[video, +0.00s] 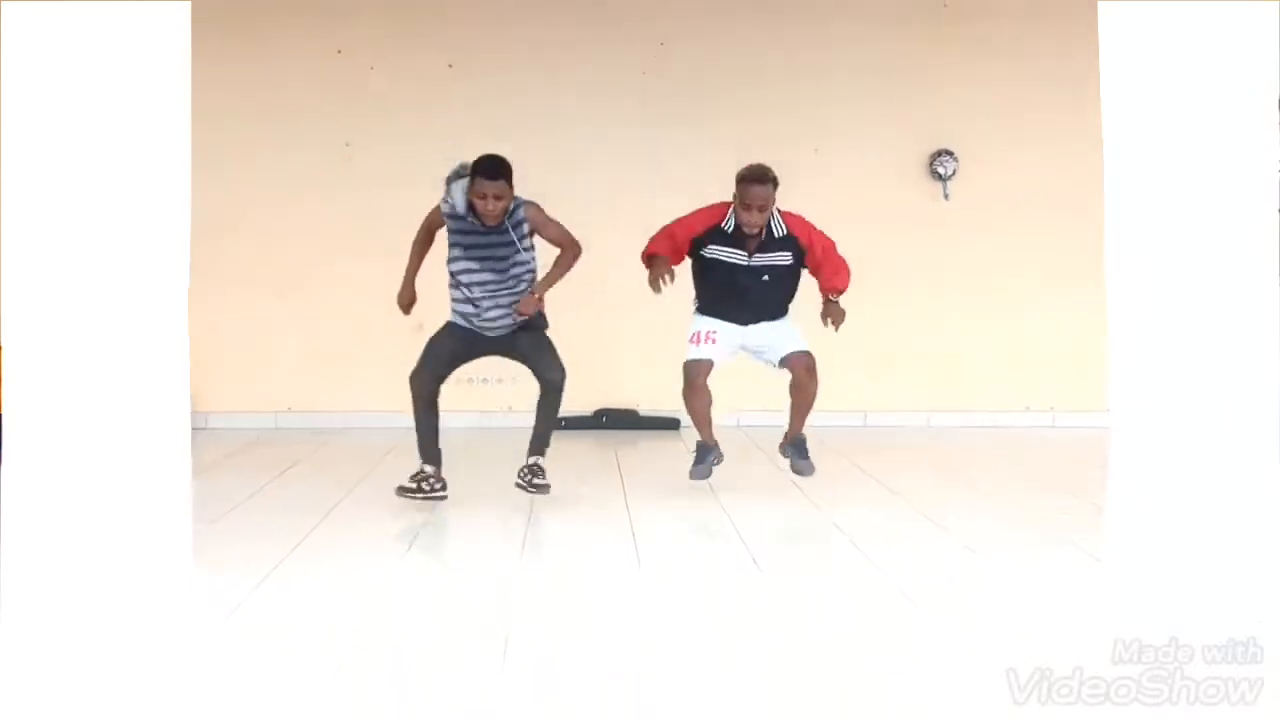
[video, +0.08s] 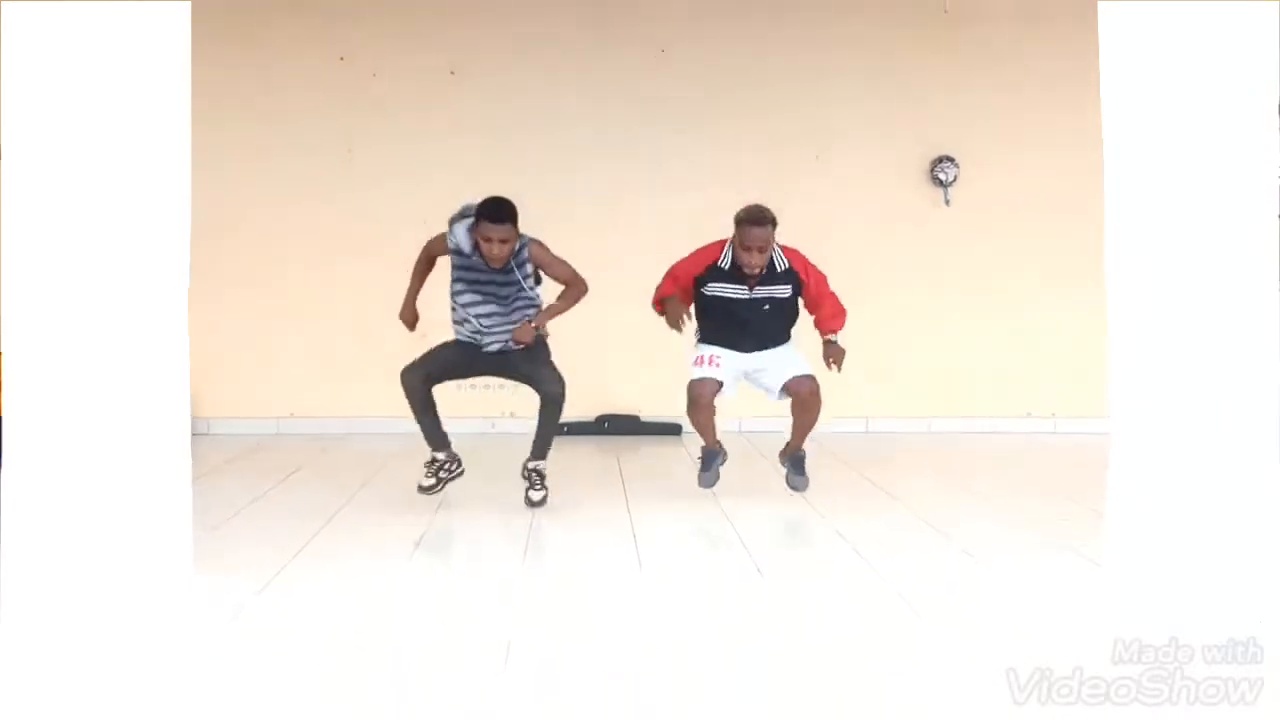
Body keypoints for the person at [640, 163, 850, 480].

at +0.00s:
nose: (753, 217)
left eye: (762, 209)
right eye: (746, 208)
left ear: (773, 203)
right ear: (735, 199)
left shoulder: (794, 229)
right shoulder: (712, 219)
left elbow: (829, 258)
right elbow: (670, 236)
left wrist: (832, 297)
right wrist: (658, 258)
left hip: (770, 323)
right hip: (715, 322)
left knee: (805, 367)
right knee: (693, 375)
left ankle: (793, 439)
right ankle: (708, 445)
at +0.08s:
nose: (753, 259)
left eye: (762, 250)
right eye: (746, 249)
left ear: (773, 243)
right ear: (733, 240)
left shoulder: (792, 263)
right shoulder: (711, 257)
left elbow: (822, 296)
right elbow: (671, 282)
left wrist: (830, 338)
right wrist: (670, 302)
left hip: (773, 350)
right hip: (718, 349)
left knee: (808, 392)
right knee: (699, 394)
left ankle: (793, 451)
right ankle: (712, 449)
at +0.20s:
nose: (750, 357)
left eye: (759, 348)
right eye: (743, 347)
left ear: (770, 342)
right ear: (732, 341)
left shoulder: (785, 355)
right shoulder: (714, 354)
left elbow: (802, 390)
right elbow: (667, 382)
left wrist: (820, 424)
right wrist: (672, 401)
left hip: (771, 425)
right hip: (726, 426)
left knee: (818, 424)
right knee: (698, 425)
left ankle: (790, 476)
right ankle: (711, 483)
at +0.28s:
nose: (752, 374)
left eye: (761, 365)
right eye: (745, 364)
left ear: (771, 366)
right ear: (734, 363)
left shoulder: (784, 385)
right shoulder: (715, 382)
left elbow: (799, 426)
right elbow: (665, 426)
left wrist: (817, 454)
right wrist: (689, 438)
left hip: (771, 454)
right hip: (727, 456)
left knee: (813, 427)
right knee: (695, 433)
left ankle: (790, 482)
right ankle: (713, 491)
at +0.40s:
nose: (769, 328)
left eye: (777, 320)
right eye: (761, 320)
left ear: (787, 322)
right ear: (748, 323)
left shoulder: (802, 350)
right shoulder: (731, 350)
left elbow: (811, 385)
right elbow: (694, 388)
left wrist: (832, 391)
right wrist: (667, 431)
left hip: (775, 424)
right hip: (730, 423)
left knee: (814, 429)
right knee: (695, 427)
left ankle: (780, 485)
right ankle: (702, 485)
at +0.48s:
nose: (771, 305)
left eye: (778, 297)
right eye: (763, 298)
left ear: (790, 294)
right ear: (752, 297)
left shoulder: (807, 312)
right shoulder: (737, 324)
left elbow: (850, 324)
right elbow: (698, 358)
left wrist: (837, 333)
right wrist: (659, 394)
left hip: (780, 401)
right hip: (731, 397)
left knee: (819, 427)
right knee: (704, 422)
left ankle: (779, 487)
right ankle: (676, 482)